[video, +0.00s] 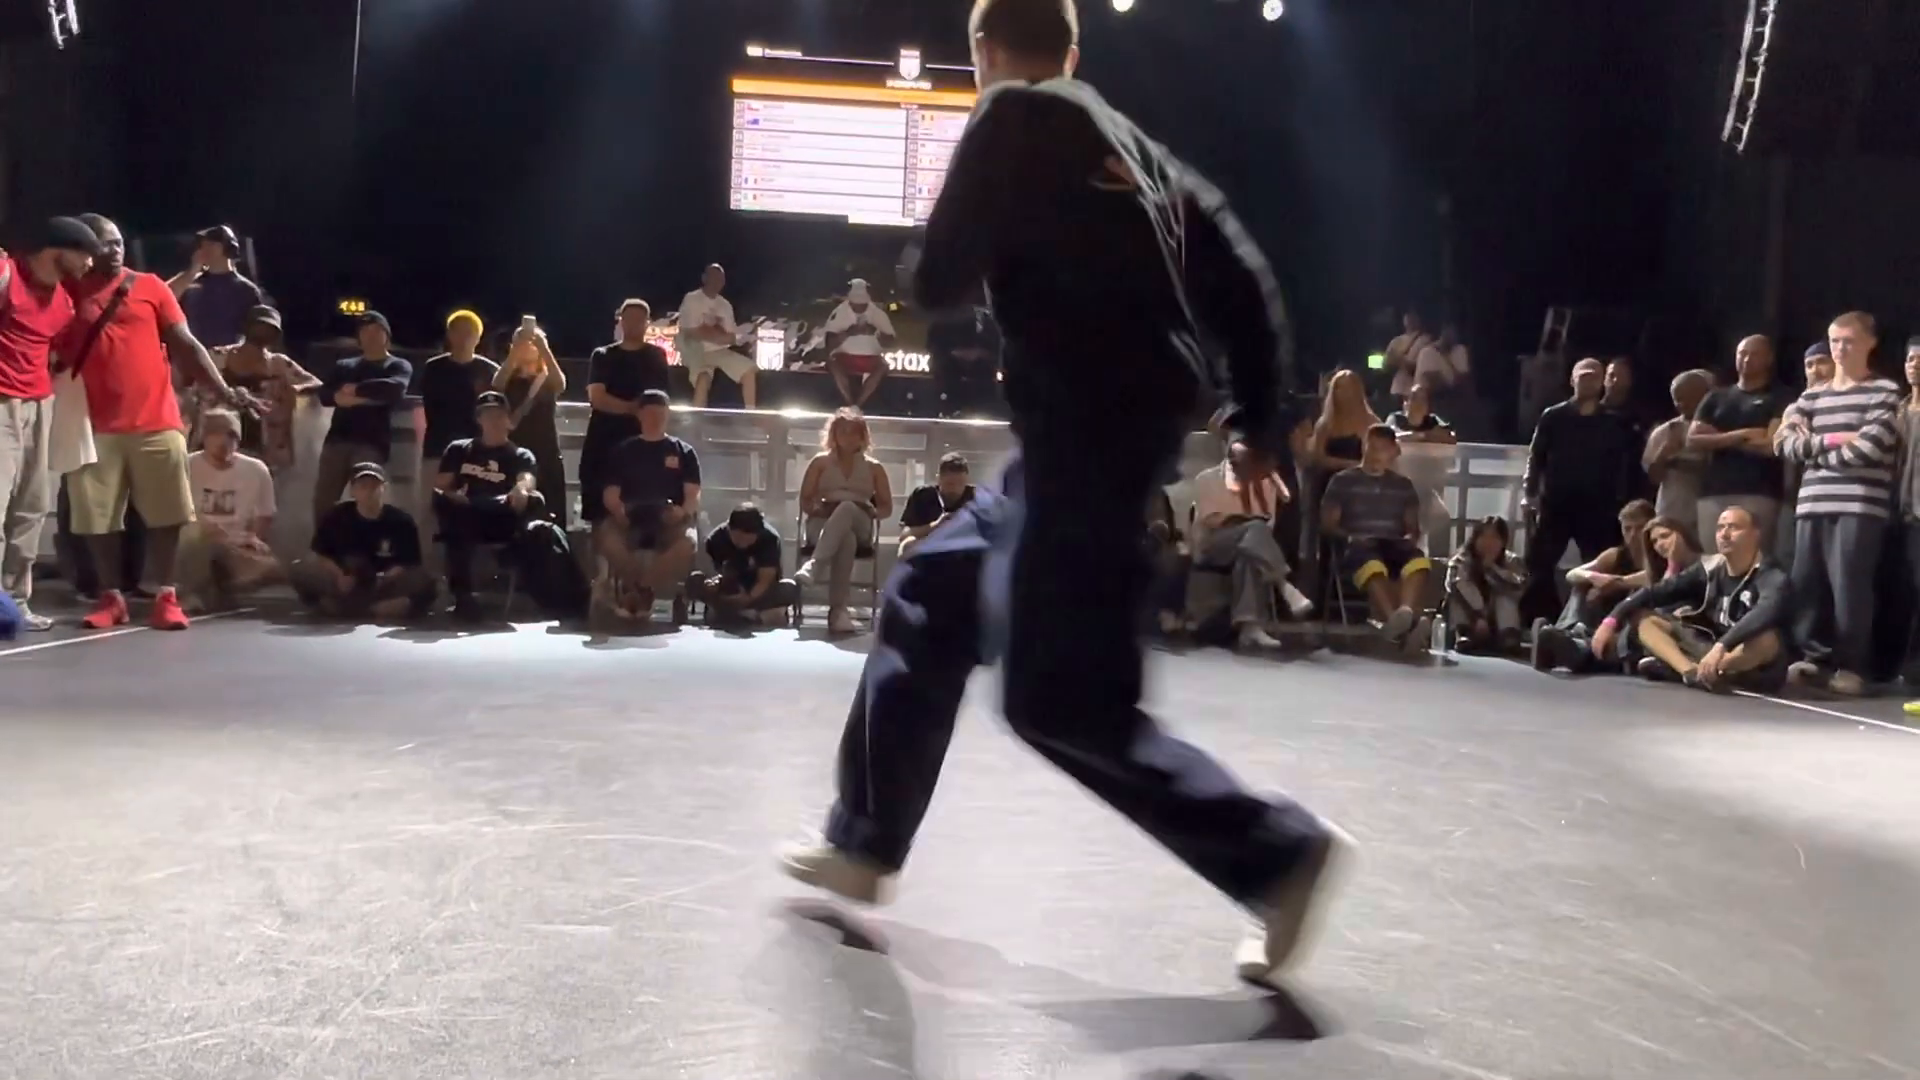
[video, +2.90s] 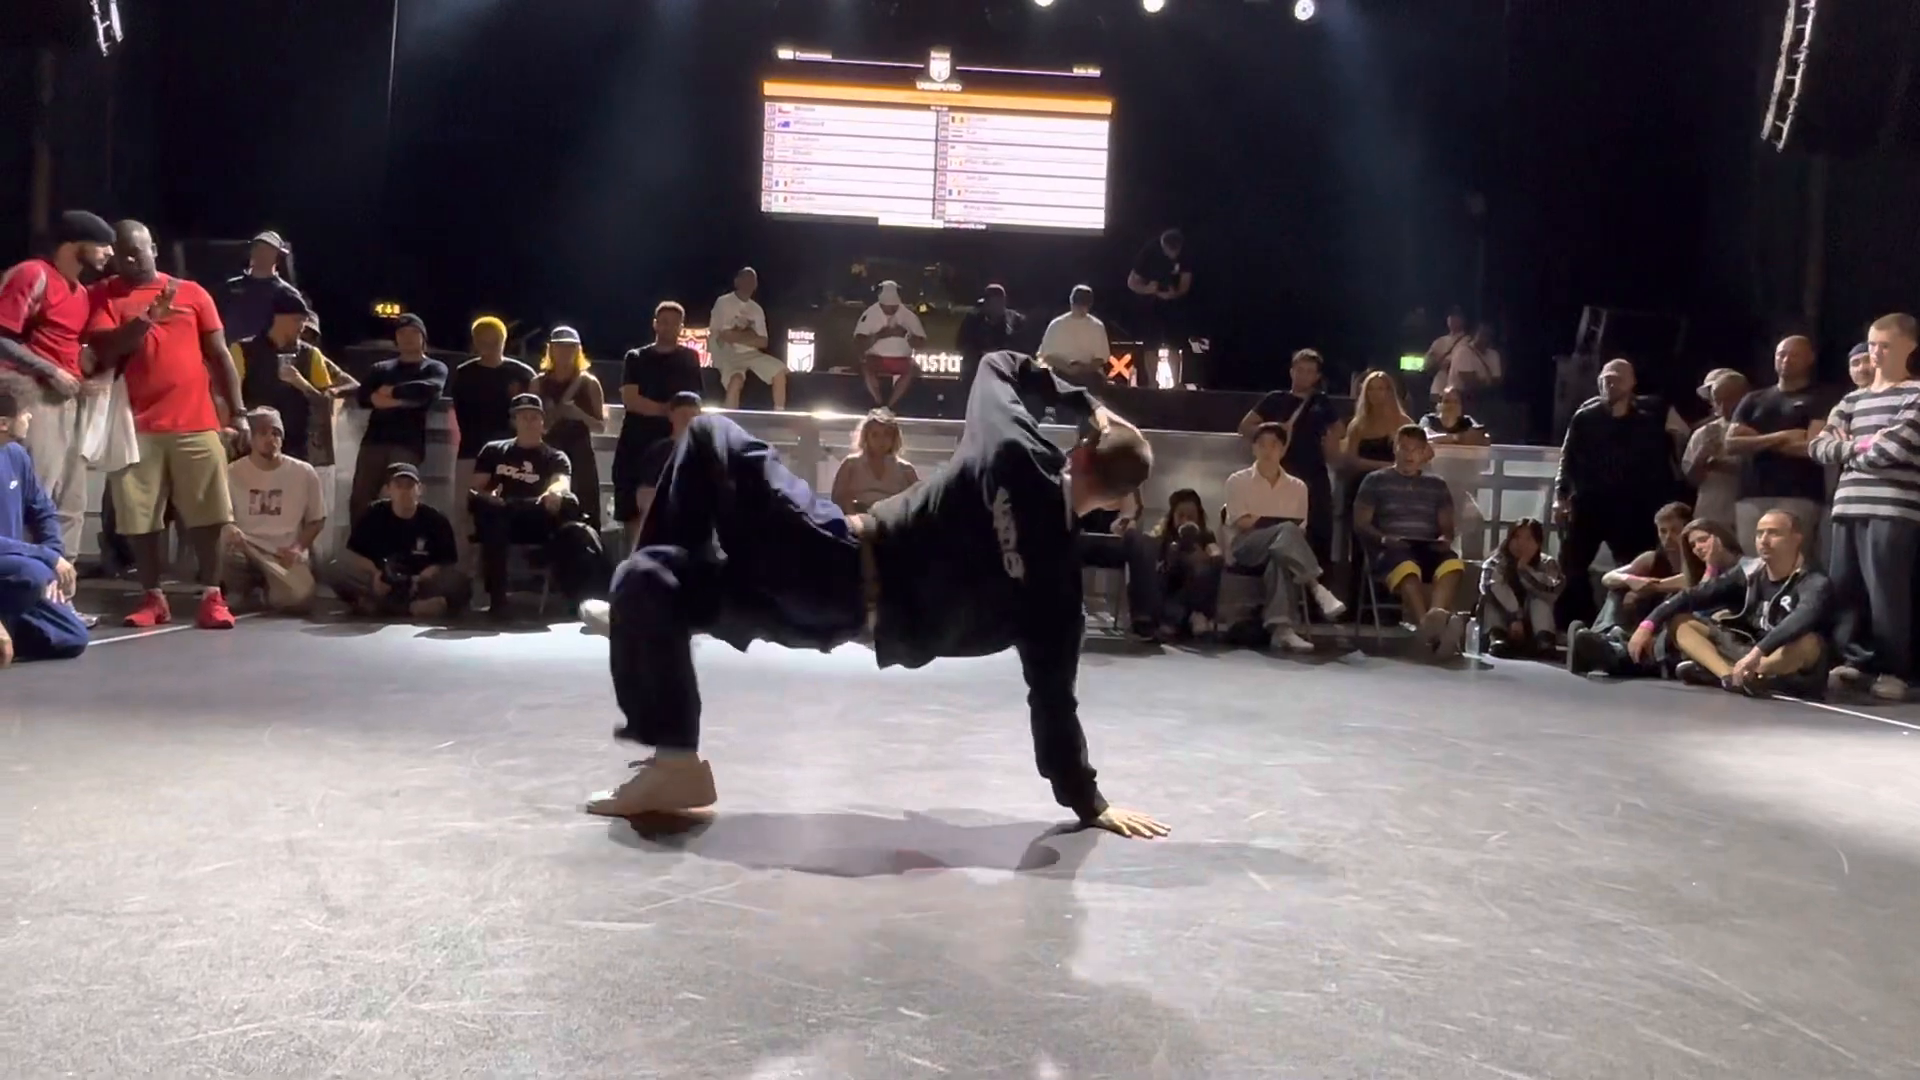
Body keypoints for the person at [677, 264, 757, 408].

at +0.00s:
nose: (717, 282)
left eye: (720, 278)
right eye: (713, 277)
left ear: (723, 282)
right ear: (704, 278)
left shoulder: (725, 305)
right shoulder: (691, 299)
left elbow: (732, 336)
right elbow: (689, 332)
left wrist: (712, 330)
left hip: (720, 350)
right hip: (697, 350)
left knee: (748, 371)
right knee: (703, 379)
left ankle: (751, 416)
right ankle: (696, 420)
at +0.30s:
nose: (724, 297)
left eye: (727, 294)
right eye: (720, 293)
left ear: (730, 298)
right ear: (711, 295)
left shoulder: (730, 321)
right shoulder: (698, 315)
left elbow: (737, 353)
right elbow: (700, 347)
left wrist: (713, 346)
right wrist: (727, 349)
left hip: (725, 366)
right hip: (703, 365)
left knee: (754, 386)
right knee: (709, 394)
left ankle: (754, 427)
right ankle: (703, 434)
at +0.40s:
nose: (726, 304)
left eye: (728, 299)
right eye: (722, 300)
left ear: (729, 300)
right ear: (714, 300)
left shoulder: (730, 315)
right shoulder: (699, 315)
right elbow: (698, 345)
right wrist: (714, 355)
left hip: (724, 361)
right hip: (700, 360)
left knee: (752, 389)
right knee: (710, 393)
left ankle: (755, 431)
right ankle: (702, 434)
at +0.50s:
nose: (724, 298)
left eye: (727, 295)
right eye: (720, 294)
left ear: (730, 299)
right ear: (711, 296)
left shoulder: (730, 323)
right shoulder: (698, 316)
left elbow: (737, 349)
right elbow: (698, 347)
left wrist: (755, 344)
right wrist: (728, 352)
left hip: (726, 366)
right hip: (702, 365)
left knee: (752, 383)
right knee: (710, 393)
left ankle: (756, 431)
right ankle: (703, 434)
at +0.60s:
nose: (725, 298)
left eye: (727, 295)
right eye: (721, 293)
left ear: (730, 300)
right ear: (711, 296)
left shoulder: (731, 323)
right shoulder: (698, 316)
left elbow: (737, 356)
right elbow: (699, 348)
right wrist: (725, 347)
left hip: (725, 367)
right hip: (702, 366)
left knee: (754, 386)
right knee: (710, 394)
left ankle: (756, 432)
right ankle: (704, 437)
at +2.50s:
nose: (744, 287)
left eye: (747, 284)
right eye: (740, 283)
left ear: (751, 288)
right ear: (732, 284)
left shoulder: (752, 312)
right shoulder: (718, 305)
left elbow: (758, 345)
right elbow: (718, 338)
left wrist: (730, 338)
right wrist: (745, 336)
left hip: (746, 356)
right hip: (723, 355)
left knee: (775, 374)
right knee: (732, 383)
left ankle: (776, 419)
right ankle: (725, 425)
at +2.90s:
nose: (749, 284)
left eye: (752, 280)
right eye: (745, 279)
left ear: (756, 285)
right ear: (737, 282)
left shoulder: (757, 309)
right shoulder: (723, 302)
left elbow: (763, 342)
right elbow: (720, 335)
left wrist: (735, 337)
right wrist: (749, 333)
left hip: (751, 353)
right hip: (728, 353)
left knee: (779, 372)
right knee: (736, 380)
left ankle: (779, 417)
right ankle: (729, 422)